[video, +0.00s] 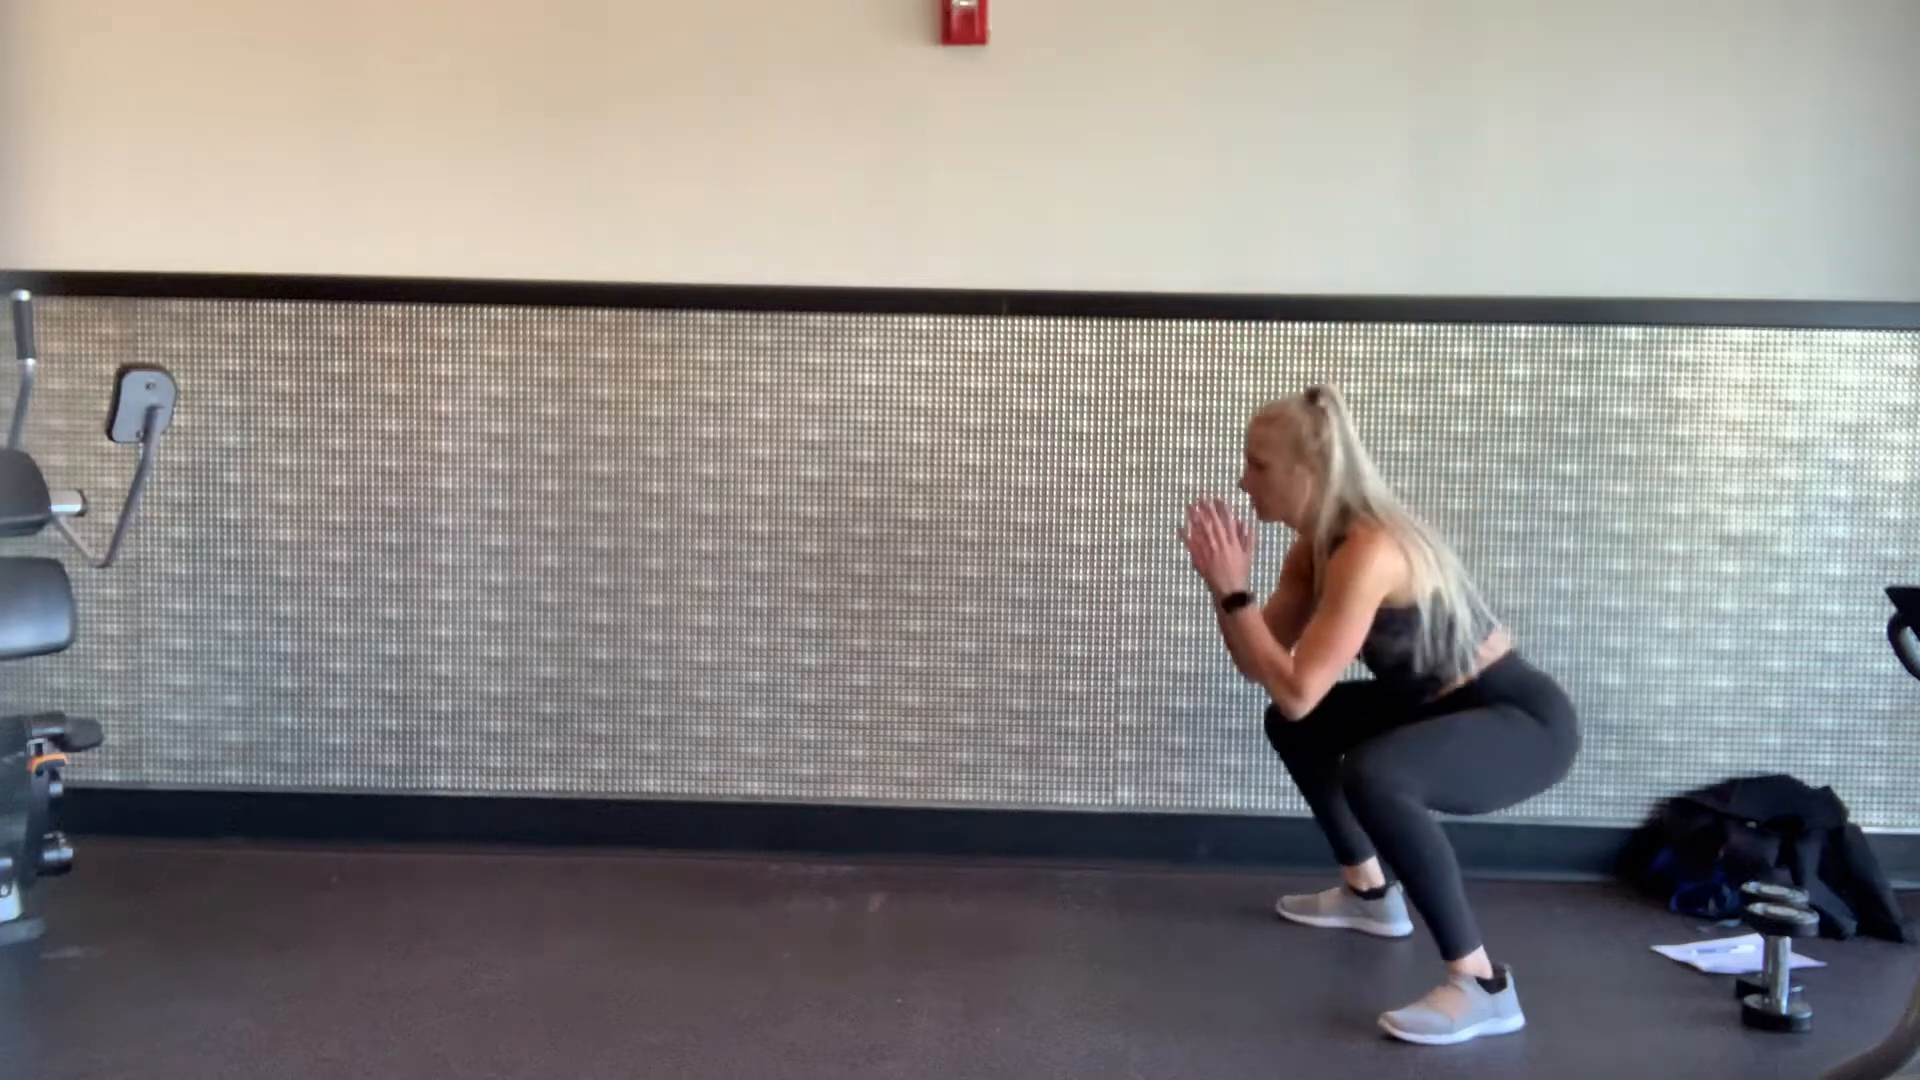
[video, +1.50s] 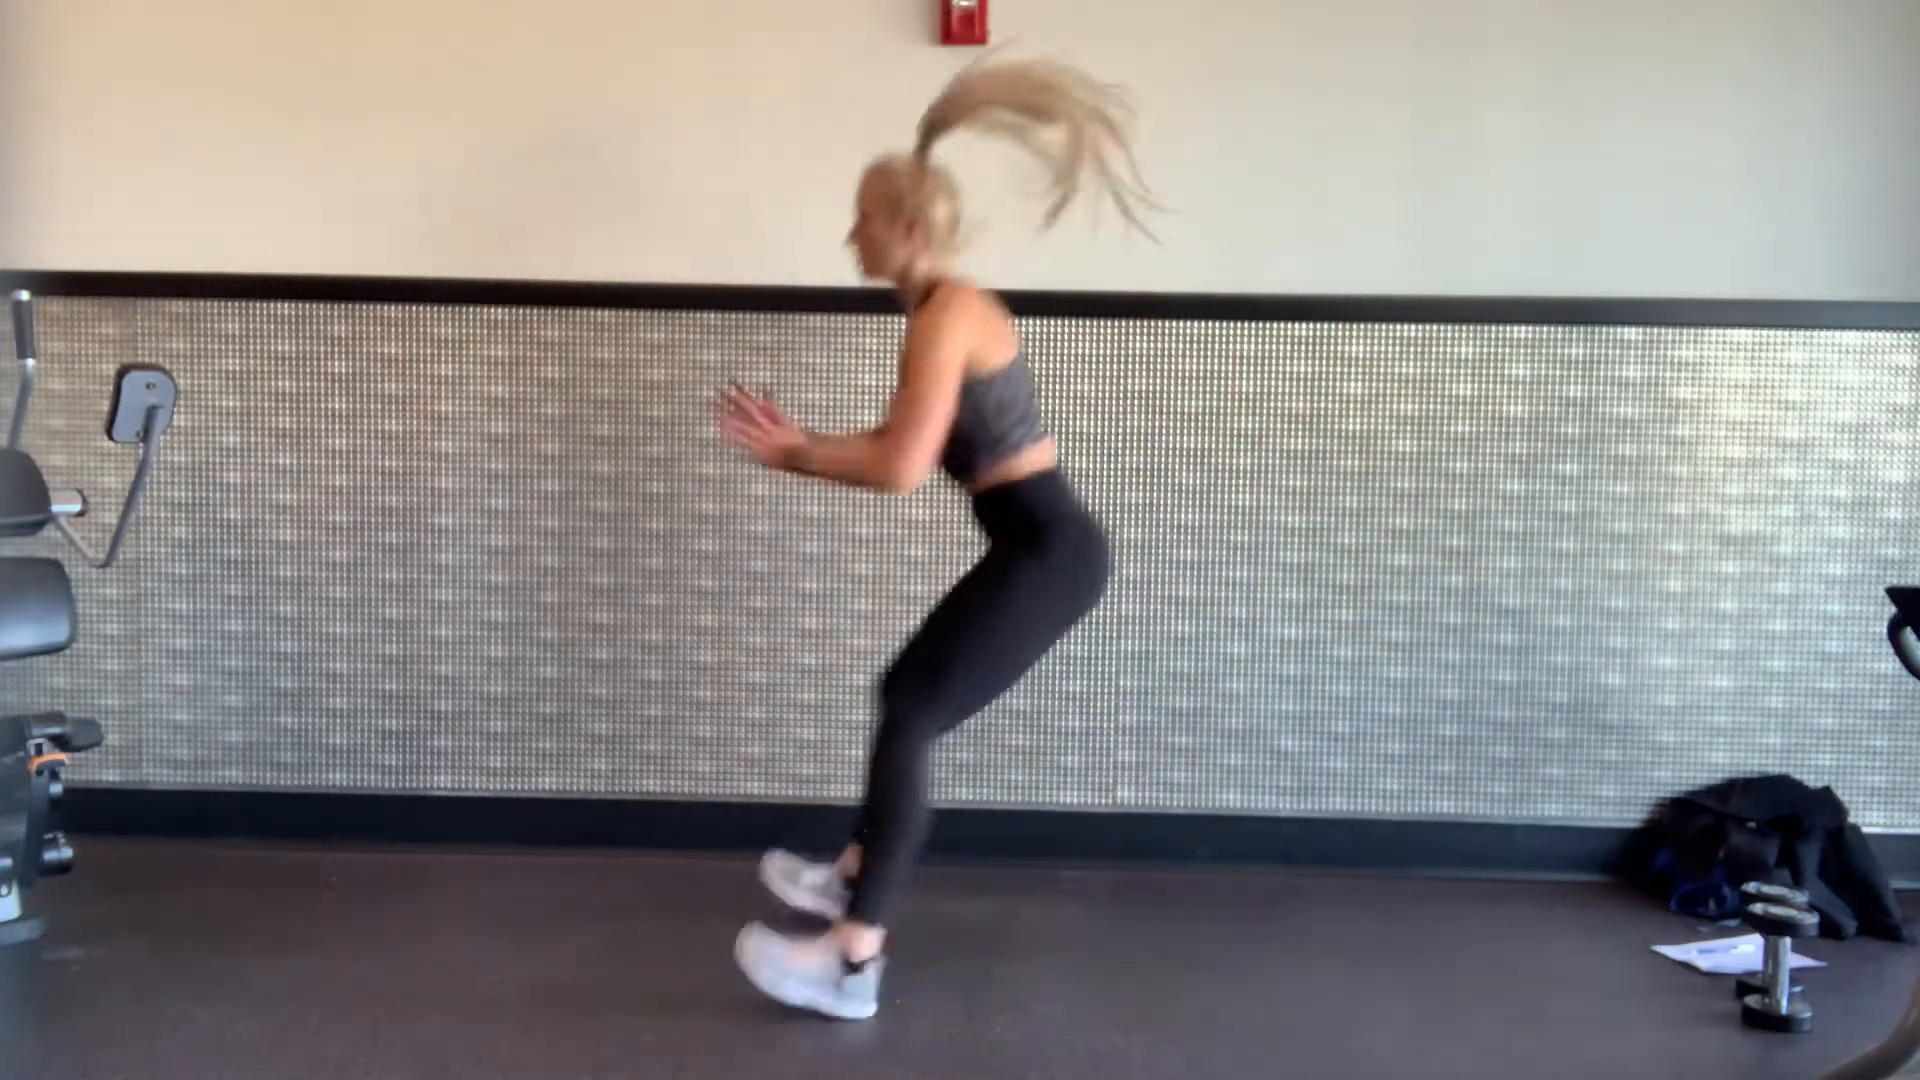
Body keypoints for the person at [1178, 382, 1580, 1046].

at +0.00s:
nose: (1245, 479)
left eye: (1257, 465)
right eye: (1247, 464)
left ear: (1307, 472)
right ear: (1301, 473)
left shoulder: (1369, 552)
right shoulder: (1313, 549)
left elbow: (1298, 691)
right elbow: (1261, 659)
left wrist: (1234, 595)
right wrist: (1226, 591)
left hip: (1523, 720)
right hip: (1446, 709)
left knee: (1378, 775)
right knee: (1296, 723)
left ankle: (1480, 982)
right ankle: (1368, 891)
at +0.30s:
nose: (1236, 412)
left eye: (1244, 394)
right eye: (1234, 395)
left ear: (1295, 390)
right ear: (1285, 394)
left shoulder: (1359, 474)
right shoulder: (1307, 476)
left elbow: (1276, 609)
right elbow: (1239, 585)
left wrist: (1216, 515)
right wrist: (1211, 512)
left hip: (1514, 658)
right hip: (1442, 652)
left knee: (1381, 771)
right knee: (1295, 714)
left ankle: (1479, 981)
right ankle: (1370, 892)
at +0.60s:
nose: (1210, 421)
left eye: (1222, 404)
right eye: (1212, 405)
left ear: (1276, 407)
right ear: (1272, 410)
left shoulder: (1332, 486)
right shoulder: (1278, 489)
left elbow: (1213, 594)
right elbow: (1191, 578)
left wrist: (1155, 496)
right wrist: (1155, 494)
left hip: (1506, 657)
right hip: (1430, 654)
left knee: (1377, 774)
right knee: (1296, 714)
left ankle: (1479, 979)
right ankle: (1370, 890)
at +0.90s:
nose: (1150, 417)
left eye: (1162, 402)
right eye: (1150, 401)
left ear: (1213, 405)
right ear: (1207, 405)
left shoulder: (1273, 481)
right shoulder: (1225, 494)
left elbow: (1202, 630)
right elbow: (1170, 607)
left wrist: (1081, 638)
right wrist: (1078, 631)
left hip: (1456, 644)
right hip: (1393, 647)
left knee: (1335, 794)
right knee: (1264, 733)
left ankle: (1476, 979)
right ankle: (1370, 892)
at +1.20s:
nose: (1059, 197)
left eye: (1072, 182)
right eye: (1062, 180)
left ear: (1119, 187)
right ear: (1121, 188)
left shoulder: (1154, 262)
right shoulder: (1136, 264)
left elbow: (1295, 285)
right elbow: (1252, 297)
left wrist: (1326, 418)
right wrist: (1234, 413)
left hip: (1211, 511)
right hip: (1183, 510)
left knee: (1205, 730)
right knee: (1164, 703)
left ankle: (1390, 904)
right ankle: (1300, 828)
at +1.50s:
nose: (853, 233)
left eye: (864, 219)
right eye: (857, 217)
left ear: (904, 231)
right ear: (917, 228)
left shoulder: (947, 316)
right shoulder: (947, 309)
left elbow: (902, 469)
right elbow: (901, 448)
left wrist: (793, 453)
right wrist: (802, 444)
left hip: (1051, 553)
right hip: (1035, 545)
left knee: (913, 712)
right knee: (904, 695)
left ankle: (857, 952)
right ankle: (854, 878)